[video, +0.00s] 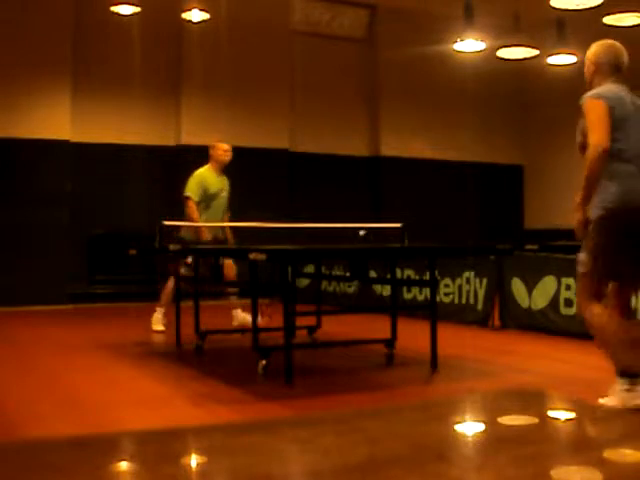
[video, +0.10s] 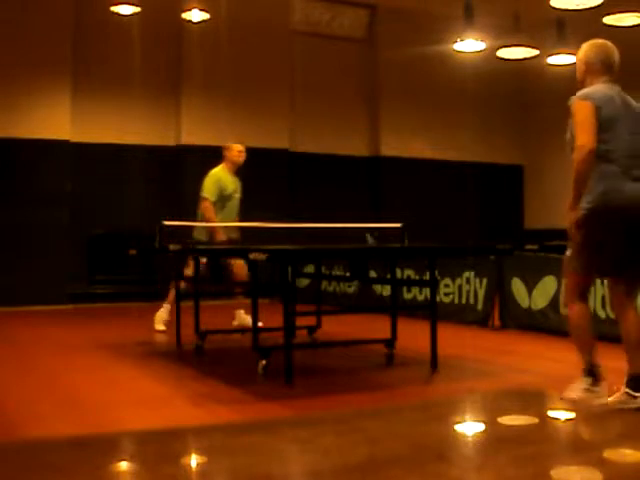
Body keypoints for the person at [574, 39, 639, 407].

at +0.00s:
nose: (584, 70)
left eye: (586, 65)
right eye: (586, 65)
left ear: (593, 67)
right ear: (620, 68)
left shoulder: (597, 98)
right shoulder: (632, 99)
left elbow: (600, 146)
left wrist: (582, 200)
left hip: (613, 209)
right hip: (635, 208)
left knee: (589, 297)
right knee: (620, 297)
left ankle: (630, 378)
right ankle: (628, 381)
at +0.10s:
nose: (575, 70)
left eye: (577, 64)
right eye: (577, 64)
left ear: (586, 67)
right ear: (612, 68)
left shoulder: (584, 99)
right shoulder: (630, 103)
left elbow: (586, 148)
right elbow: (631, 156)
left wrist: (574, 203)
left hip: (600, 209)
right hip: (633, 209)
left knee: (574, 294)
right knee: (624, 297)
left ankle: (591, 376)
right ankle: (634, 383)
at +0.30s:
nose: (552, 80)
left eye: (554, 74)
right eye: (553, 74)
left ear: (560, 76)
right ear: (589, 76)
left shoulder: (557, 111)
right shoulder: (617, 112)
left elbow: (551, 162)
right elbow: (635, 160)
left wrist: (544, 216)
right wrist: (628, 201)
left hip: (577, 211)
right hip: (620, 210)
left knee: (559, 292)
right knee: (623, 294)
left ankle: (544, 371)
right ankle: (636, 383)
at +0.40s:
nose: (540, 87)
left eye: (541, 81)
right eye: (541, 81)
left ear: (549, 82)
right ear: (573, 81)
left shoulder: (542, 116)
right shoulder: (605, 115)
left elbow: (535, 168)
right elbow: (627, 168)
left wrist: (529, 220)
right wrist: (622, 209)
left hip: (565, 214)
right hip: (607, 214)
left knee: (547, 293)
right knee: (611, 293)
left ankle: (543, 373)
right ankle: (632, 380)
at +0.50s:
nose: (528, 91)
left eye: (528, 86)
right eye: (530, 86)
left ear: (533, 85)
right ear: (561, 81)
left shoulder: (528, 116)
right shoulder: (593, 111)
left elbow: (520, 167)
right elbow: (621, 161)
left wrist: (514, 219)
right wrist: (622, 204)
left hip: (554, 210)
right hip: (597, 208)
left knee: (543, 291)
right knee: (602, 286)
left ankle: (542, 373)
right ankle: (628, 367)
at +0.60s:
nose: (520, 89)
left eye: (520, 84)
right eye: (523, 83)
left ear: (524, 84)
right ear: (553, 80)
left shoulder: (517, 116)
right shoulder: (584, 109)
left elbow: (508, 165)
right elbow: (612, 151)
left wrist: (503, 217)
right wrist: (621, 199)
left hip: (545, 207)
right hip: (589, 204)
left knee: (539, 292)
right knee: (599, 283)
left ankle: (542, 373)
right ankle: (622, 359)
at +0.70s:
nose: (517, 88)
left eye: (517, 83)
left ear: (520, 84)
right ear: (548, 79)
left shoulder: (510, 116)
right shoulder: (577, 107)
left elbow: (496, 166)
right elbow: (607, 153)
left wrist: (496, 214)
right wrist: (618, 197)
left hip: (540, 206)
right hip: (583, 203)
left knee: (539, 291)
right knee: (597, 284)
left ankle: (542, 373)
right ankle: (607, 363)